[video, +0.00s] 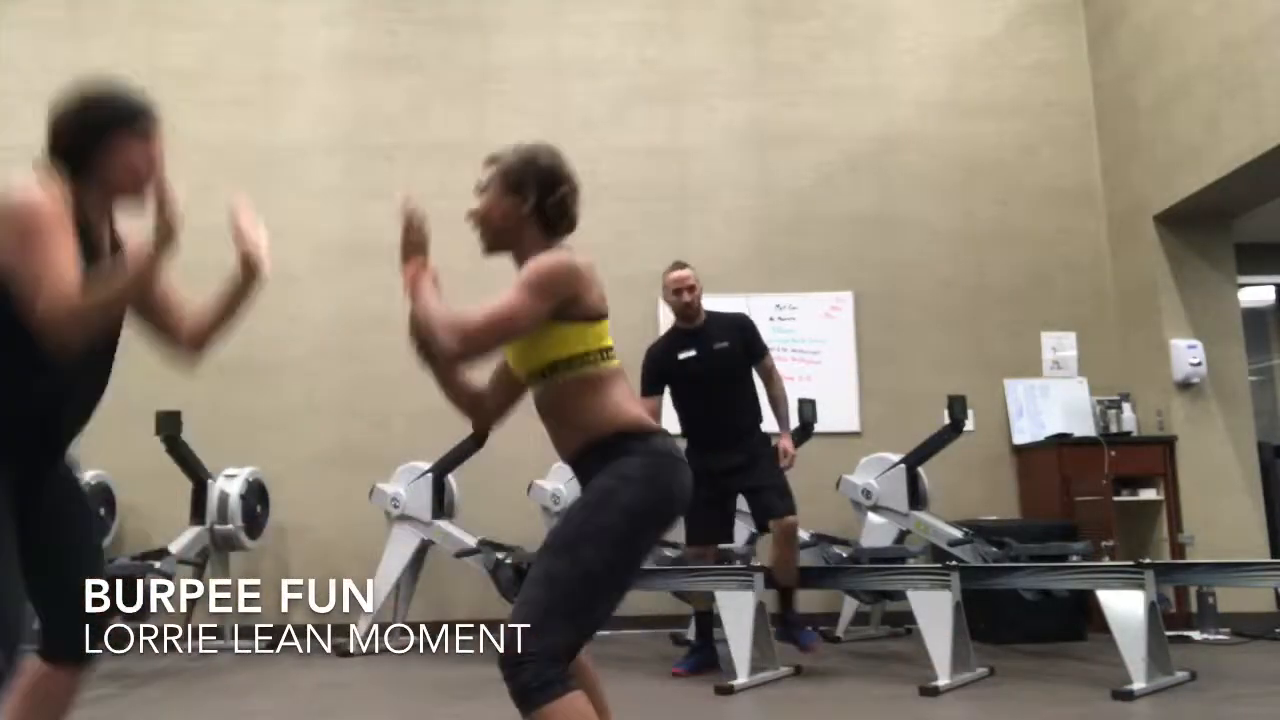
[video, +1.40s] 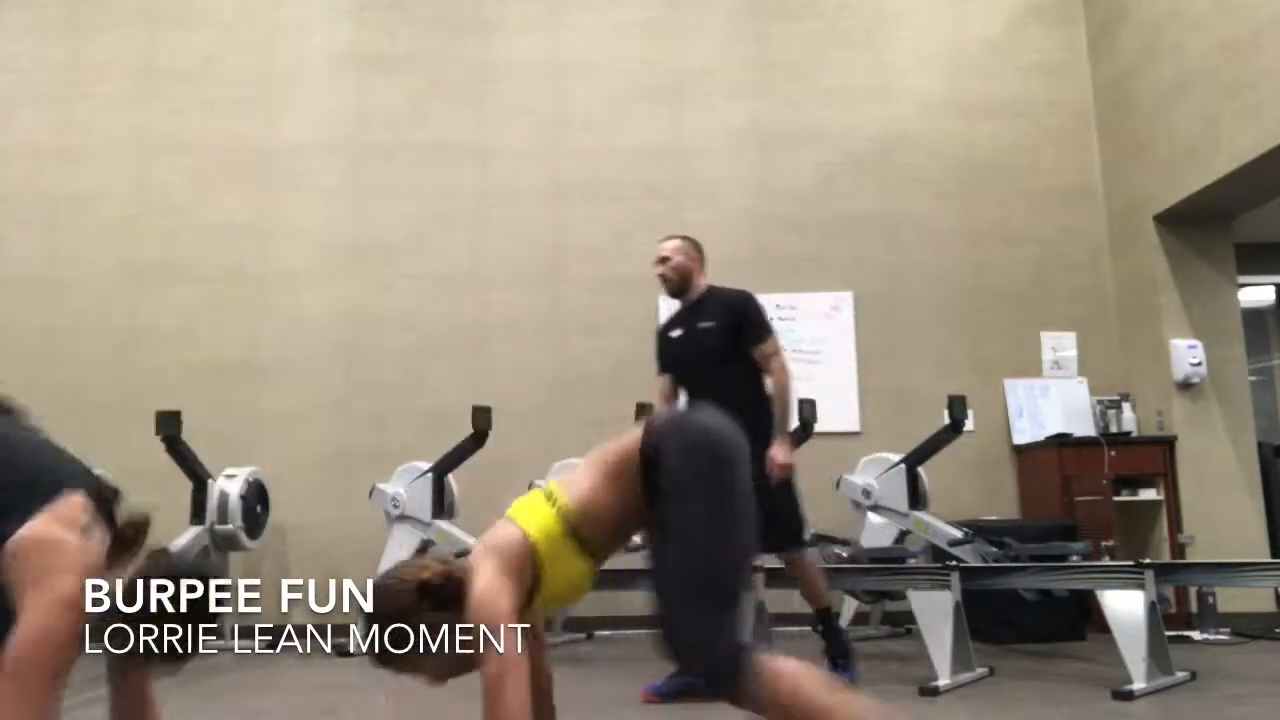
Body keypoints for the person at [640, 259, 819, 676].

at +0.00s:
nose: (687, 297)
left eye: (691, 288)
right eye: (678, 292)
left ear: (701, 290)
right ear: (666, 299)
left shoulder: (737, 327)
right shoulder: (659, 354)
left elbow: (771, 378)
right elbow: (650, 419)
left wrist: (785, 432)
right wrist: (656, 472)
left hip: (752, 450)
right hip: (703, 458)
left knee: (785, 523)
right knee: (700, 551)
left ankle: (787, 620)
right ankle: (703, 643)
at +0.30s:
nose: (749, 289)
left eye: (756, 281)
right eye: (742, 282)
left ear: (770, 283)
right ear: (732, 287)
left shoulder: (803, 331)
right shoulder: (720, 341)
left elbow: (834, 388)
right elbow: (706, 409)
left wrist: (845, 452)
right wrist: (704, 474)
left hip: (799, 458)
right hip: (748, 460)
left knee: (819, 550)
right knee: (730, 553)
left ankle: (843, 652)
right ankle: (710, 644)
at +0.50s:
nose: (771, 276)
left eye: (779, 268)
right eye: (764, 269)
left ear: (799, 272)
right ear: (758, 275)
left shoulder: (831, 320)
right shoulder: (747, 327)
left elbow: (868, 379)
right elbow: (741, 395)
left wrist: (876, 445)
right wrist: (752, 454)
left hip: (823, 448)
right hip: (773, 450)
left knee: (833, 548)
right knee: (762, 542)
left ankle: (844, 652)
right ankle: (778, 642)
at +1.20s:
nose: (716, 274)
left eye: (723, 265)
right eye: (712, 269)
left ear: (750, 266)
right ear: (711, 278)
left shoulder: (793, 311)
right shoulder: (720, 335)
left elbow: (831, 373)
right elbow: (718, 406)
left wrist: (827, 440)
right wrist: (719, 467)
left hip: (810, 450)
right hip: (760, 453)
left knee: (829, 553)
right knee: (738, 551)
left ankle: (844, 654)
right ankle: (722, 656)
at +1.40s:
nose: (660, 269)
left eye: (669, 261)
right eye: (658, 263)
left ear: (697, 264)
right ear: (661, 273)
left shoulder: (737, 306)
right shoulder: (668, 332)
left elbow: (777, 369)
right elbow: (667, 398)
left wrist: (781, 438)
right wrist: (663, 451)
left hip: (757, 451)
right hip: (708, 458)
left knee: (793, 553)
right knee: (703, 558)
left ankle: (833, 635)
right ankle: (700, 663)